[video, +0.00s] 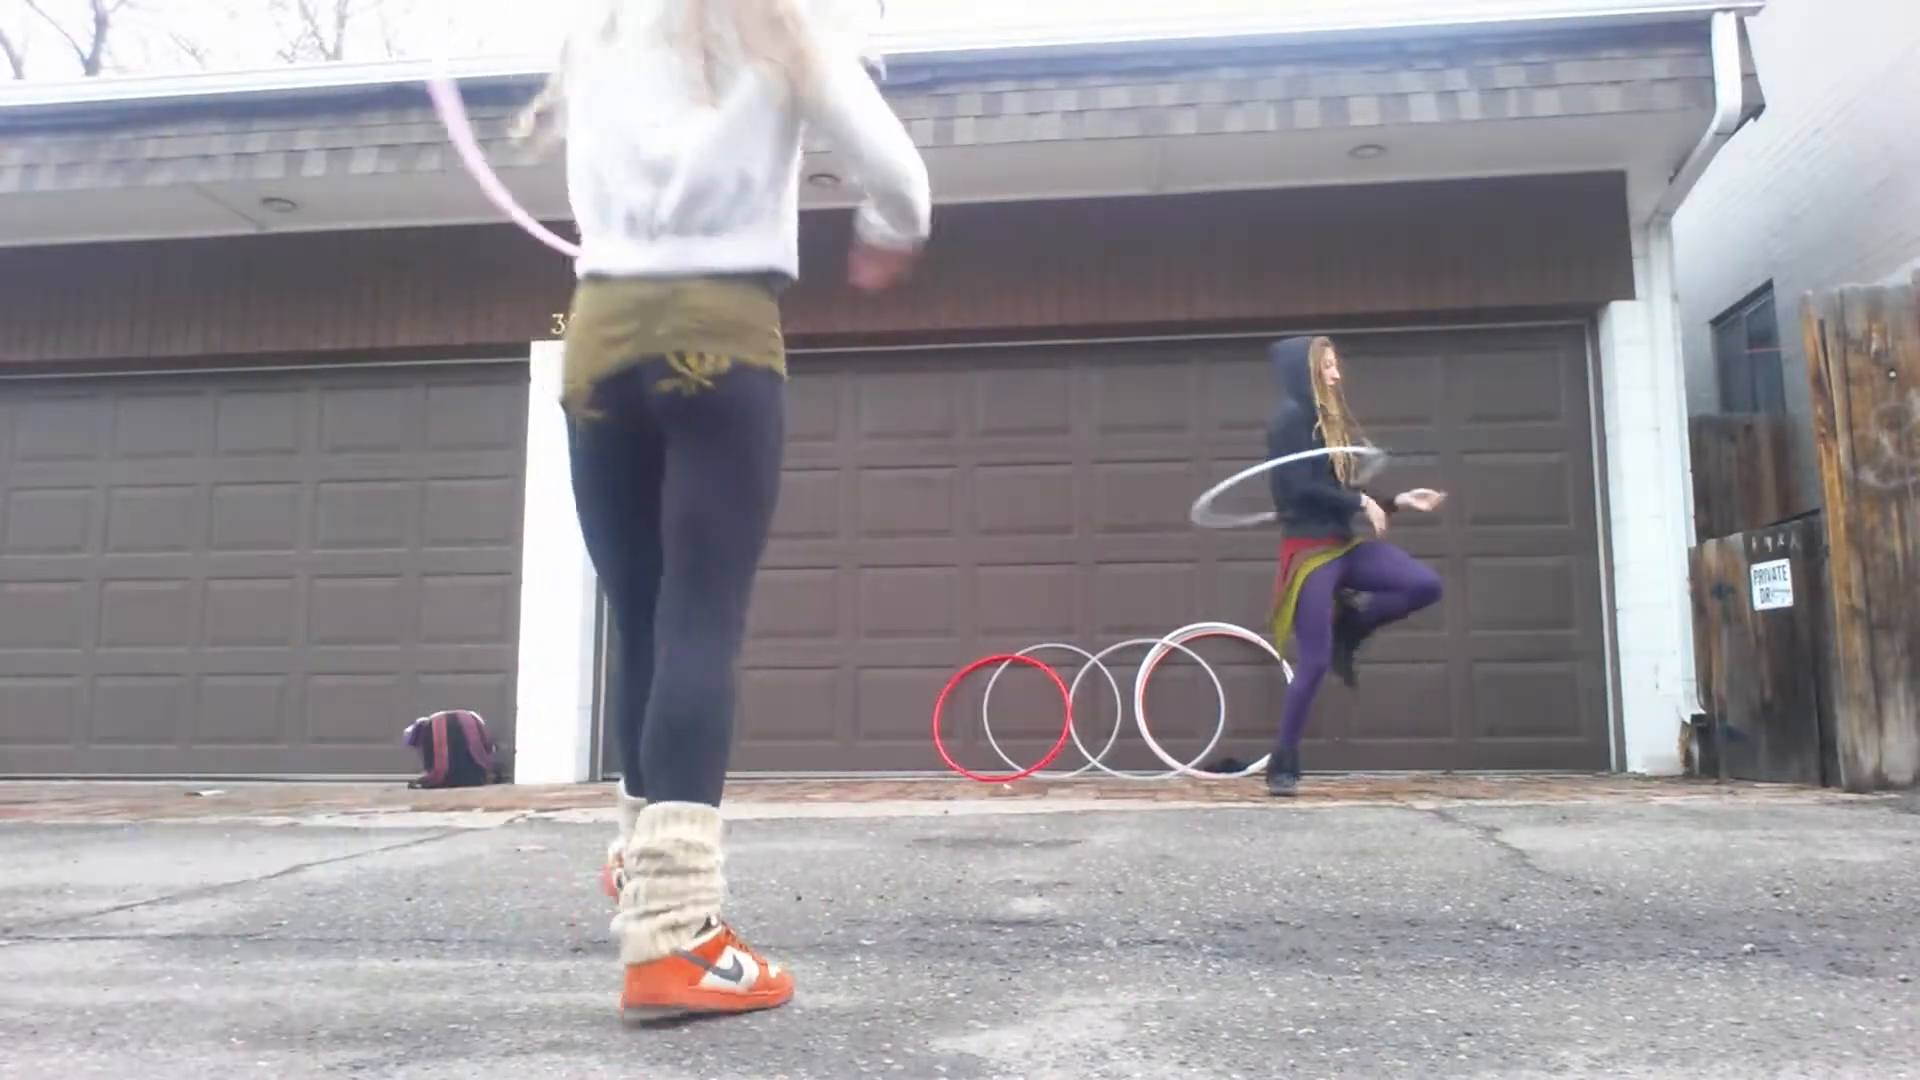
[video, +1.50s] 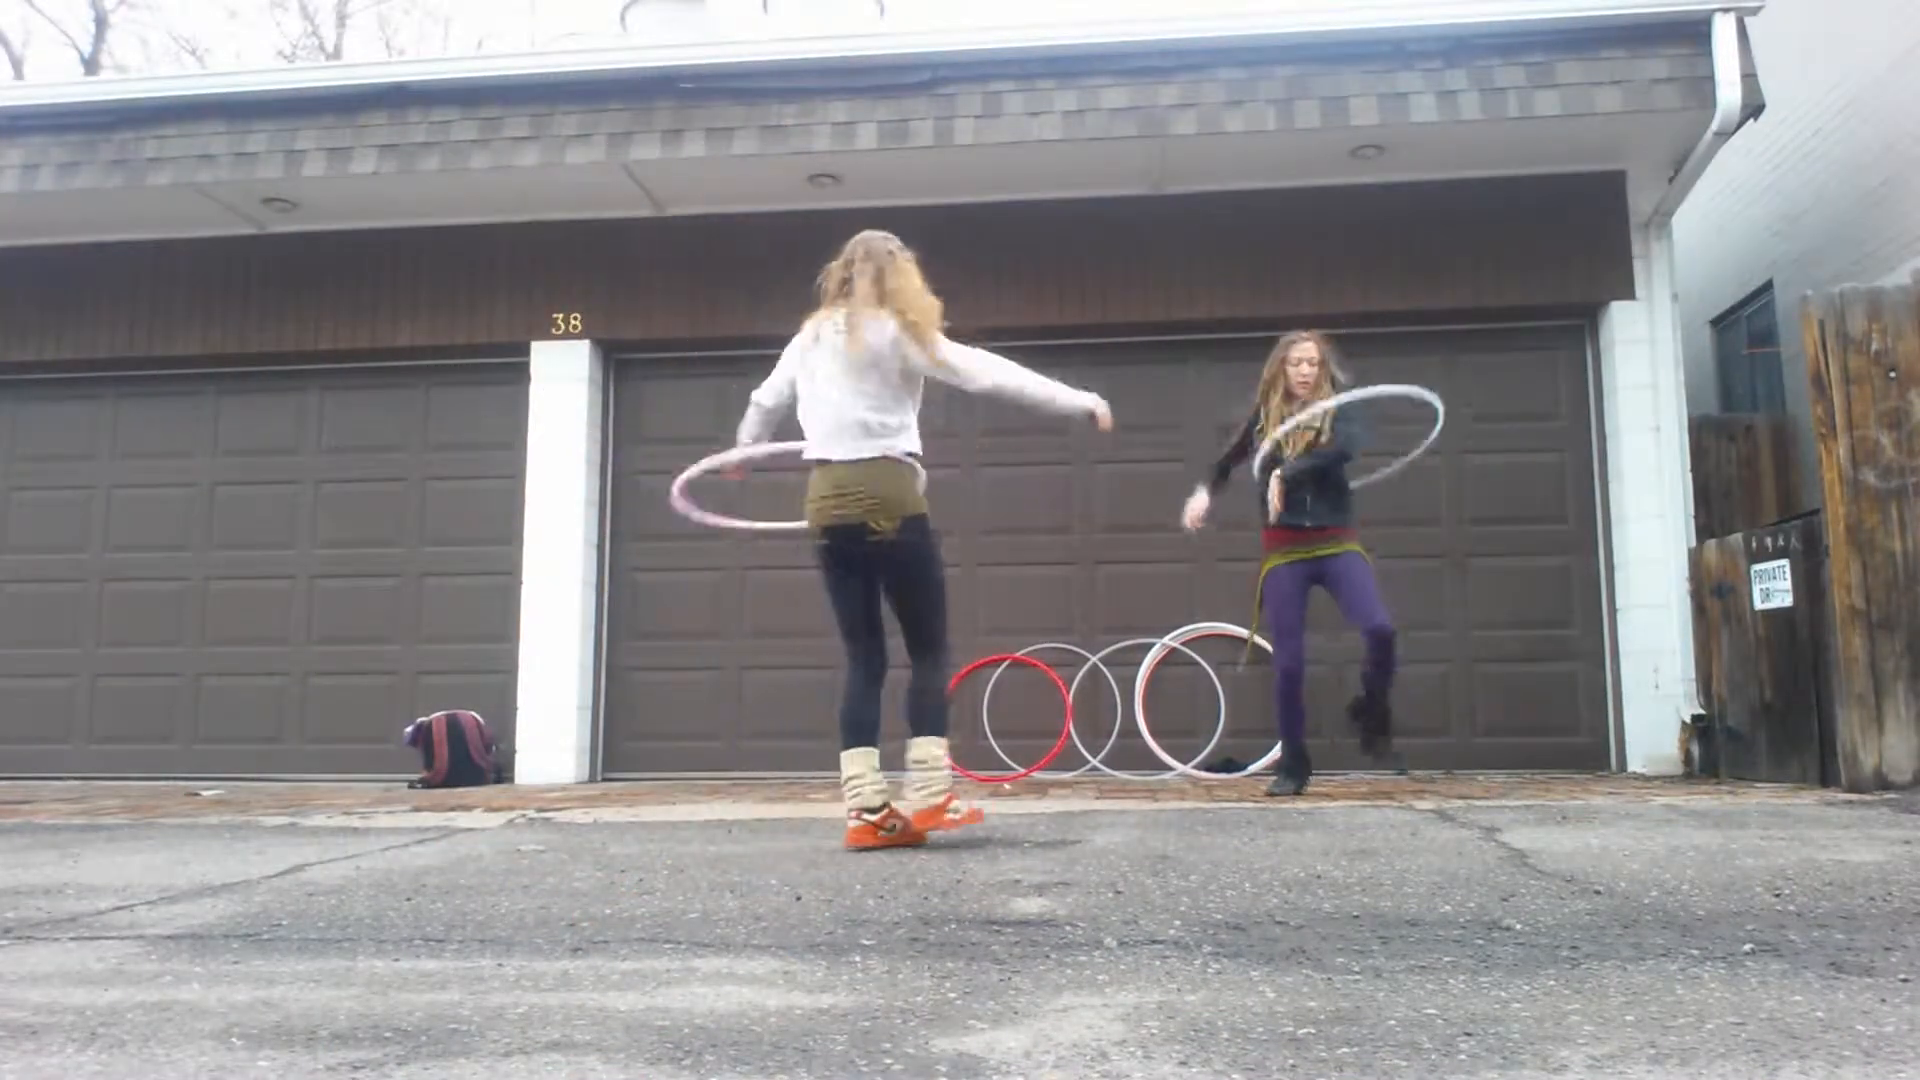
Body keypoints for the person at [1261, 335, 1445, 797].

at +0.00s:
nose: (1335, 372)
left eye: (1335, 365)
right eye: (1326, 366)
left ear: (1333, 369)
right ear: (1305, 371)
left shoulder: (1331, 420)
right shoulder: (1292, 420)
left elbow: (1340, 492)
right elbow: (1299, 488)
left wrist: (1397, 502)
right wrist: (1357, 505)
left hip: (1348, 545)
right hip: (1311, 551)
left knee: (1424, 586)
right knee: (1314, 662)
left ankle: (1349, 624)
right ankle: (1283, 763)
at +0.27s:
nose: (1362, 367)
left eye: (1362, 359)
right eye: (1354, 359)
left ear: (1350, 364)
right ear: (1331, 364)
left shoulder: (1354, 406)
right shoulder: (1312, 402)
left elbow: (1354, 465)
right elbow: (1350, 449)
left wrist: (1384, 457)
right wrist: (1384, 456)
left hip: (1372, 544)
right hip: (1328, 547)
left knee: (1417, 646)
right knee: (1313, 658)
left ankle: (1446, 761)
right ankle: (1282, 765)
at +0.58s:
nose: (1386, 387)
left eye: (1393, 378)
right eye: (1377, 378)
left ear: (1406, 384)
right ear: (1360, 383)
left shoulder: (1425, 431)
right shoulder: (1340, 426)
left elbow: (1419, 483)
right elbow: (1302, 461)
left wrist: (1360, 497)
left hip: (1413, 561)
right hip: (1354, 559)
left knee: (1439, 664)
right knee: (1328, 665)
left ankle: (1445, 768)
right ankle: (1291, 763)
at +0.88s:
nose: (1361, 384)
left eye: (1369, 375)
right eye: (1353, 376)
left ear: (1381, 383)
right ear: (1339, 383)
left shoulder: (1396, 435)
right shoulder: (1320, 437)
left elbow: (1411, 491)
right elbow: (1317, 472)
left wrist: (1407, 534)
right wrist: (1363, 465)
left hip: (1384, 559)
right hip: (1329, 560)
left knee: (1418, 657)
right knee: (1309, 662)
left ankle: (1445, 763)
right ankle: (1297, 764)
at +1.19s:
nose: (1326, 369)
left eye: (1334, 362)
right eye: (1318, 360)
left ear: (1339, 372)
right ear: (1296, 366)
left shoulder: (1344, 419)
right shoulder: (1279, 410)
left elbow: (1353, 485)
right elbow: (1280, 376)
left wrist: (1387, 455)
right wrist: (1331, 339)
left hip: (1344, 532)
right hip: (1295, 538)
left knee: (1372, 585)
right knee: (1296, 656)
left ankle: (1335, 609)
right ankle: (1292, 763)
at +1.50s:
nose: (1305, 371)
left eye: (1313, 363)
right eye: (1296, 363)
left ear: (1325, 370)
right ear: (1280, 369)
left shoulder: (1338, 409)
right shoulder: (1266, 418)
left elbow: (1343, 450)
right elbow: (1232, 458)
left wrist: (1286, 474)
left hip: (1337, 545)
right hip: (1284, 551)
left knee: (1381, 631)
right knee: (1288, 662)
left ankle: (1374, 728)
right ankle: (1293, 765)